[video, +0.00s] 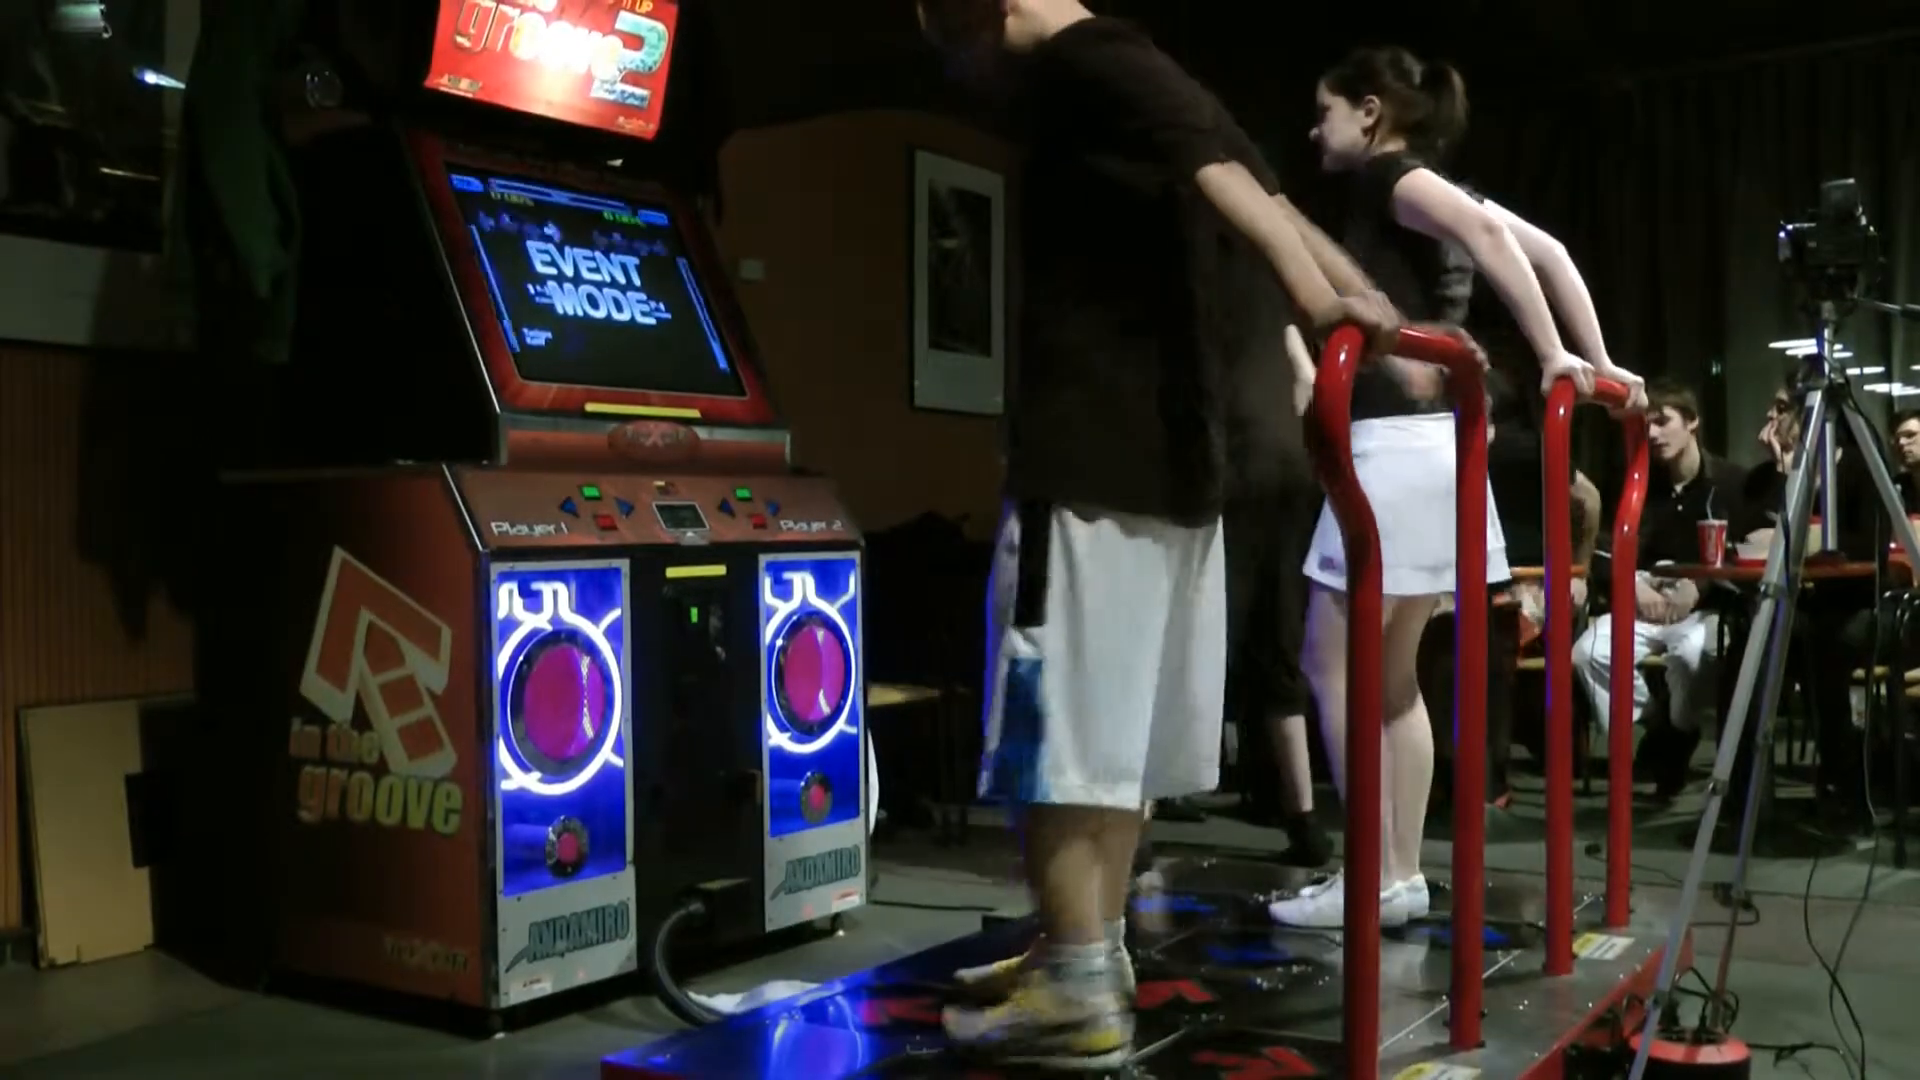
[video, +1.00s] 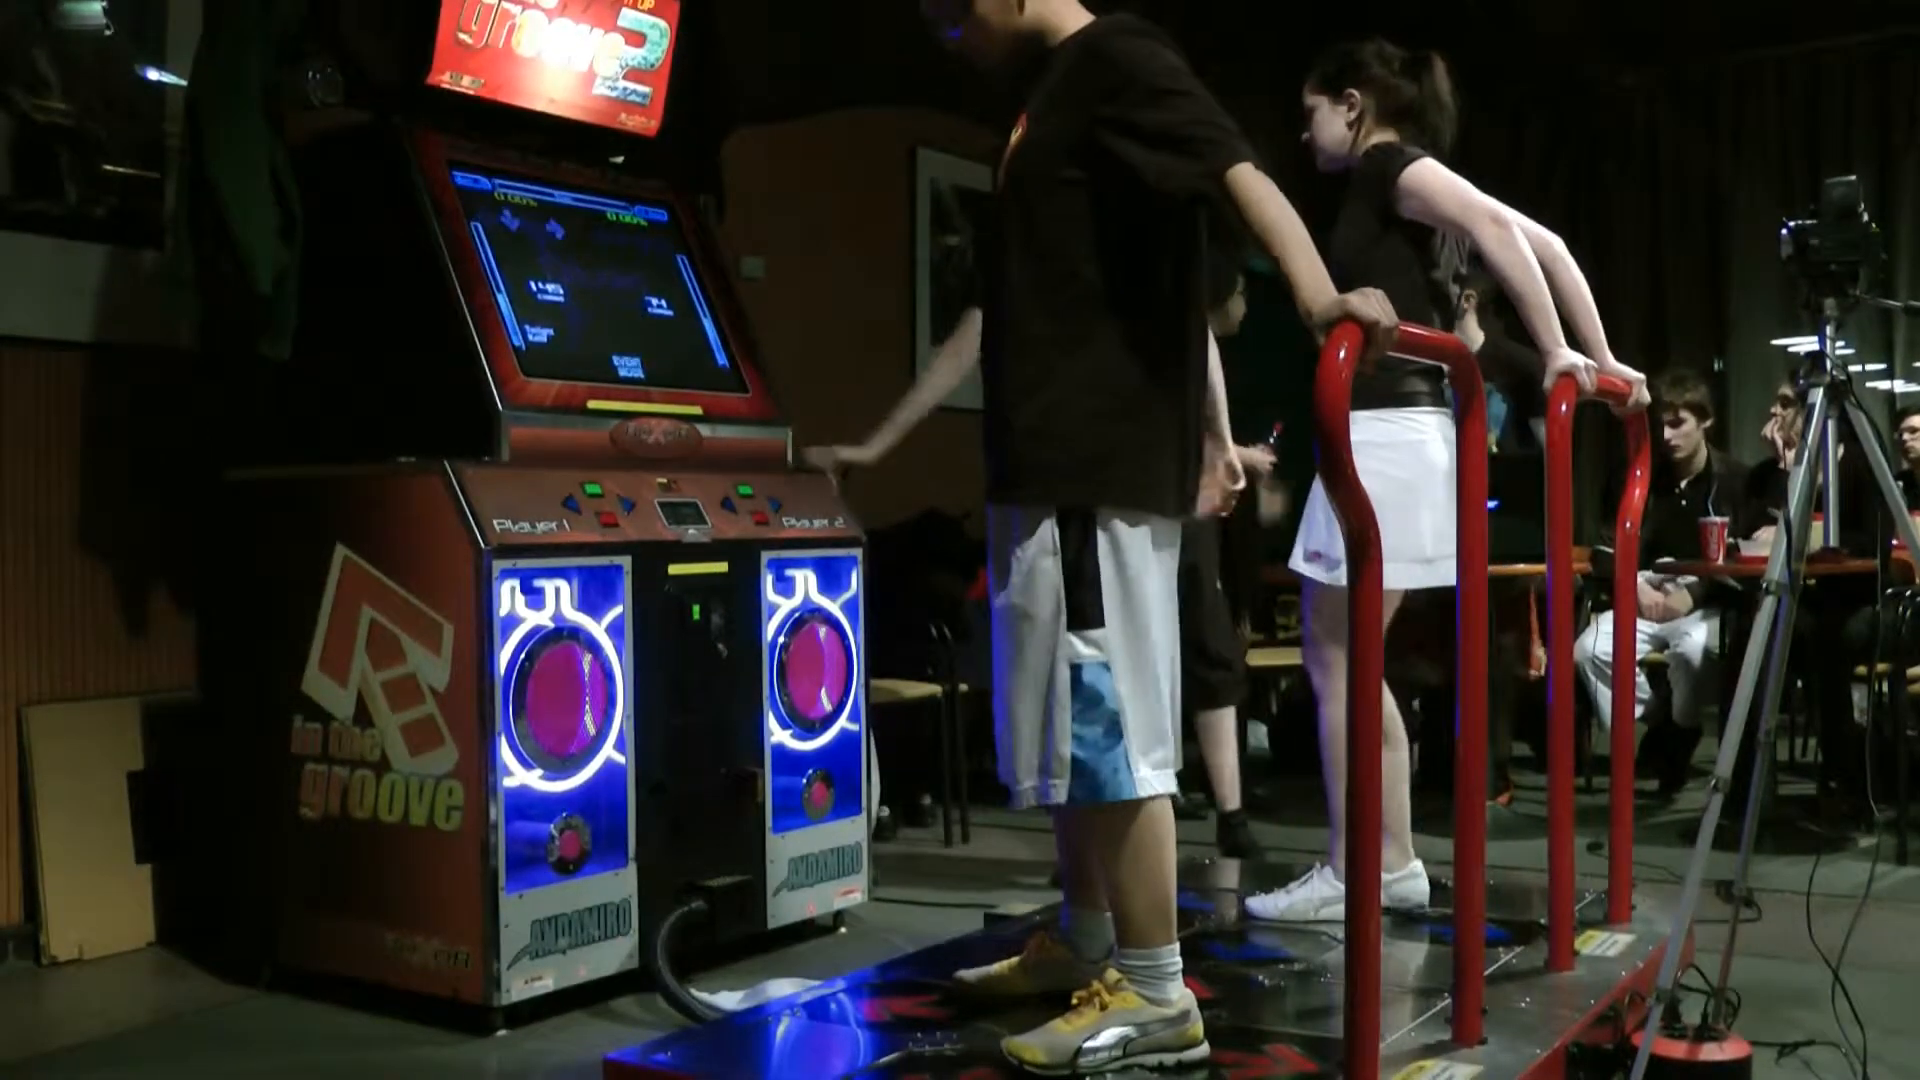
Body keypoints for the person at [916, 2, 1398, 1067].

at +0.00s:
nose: (976, 57)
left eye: (969, 37)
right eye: (970, 42)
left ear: (1005, 12)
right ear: (1074, 3)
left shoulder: (1075, 67)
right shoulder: (1159, 80)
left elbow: (1218, 167)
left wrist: (1331, 286)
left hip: (1101, 457)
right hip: (1175, 462)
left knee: (1068, 712)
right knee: (1123, 708)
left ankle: (1079, 977)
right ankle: (1090, 956)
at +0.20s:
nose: (980, 36)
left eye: (984, 18)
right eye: (976, 25)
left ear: (1036, 3)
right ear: (1062, 12)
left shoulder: (1114, 65)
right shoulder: (1073, 100)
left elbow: (1236, 169)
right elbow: (1078, 340)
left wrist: (1324, 296)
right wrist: (951, 447)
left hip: (1124, 465)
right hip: (1104, 464)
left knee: (1102, 730)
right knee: (1097, 725)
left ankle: (1149, 986)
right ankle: (1085, 941)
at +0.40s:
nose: (990, 28)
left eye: (994, 12)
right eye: (987, 19)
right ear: (1034, 16)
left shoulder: (1129, 46)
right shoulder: (1076, 94)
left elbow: (1259, 166)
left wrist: (1328, 303)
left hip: (1137, 457)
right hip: (1085, 458)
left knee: (1131, 726)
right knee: (1085, 721)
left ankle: (1156, 995)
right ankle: (1086, 947)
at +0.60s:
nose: (993, 22)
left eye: (1000, 8)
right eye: (991, 15)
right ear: (1035, 20)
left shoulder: (1127, 52)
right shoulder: (1043, 120)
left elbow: (1255, 166)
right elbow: (975, 317)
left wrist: (1325, 302)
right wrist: (848, 424)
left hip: (1129, 466)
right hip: (1062, 467)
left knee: (1134, 734)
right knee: (1078, 724)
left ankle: (1156, 996)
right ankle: (1088, 943)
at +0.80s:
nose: (978, 24)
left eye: (984, 9)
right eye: (976, 15)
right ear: (1020, 17)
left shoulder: (1127, 62)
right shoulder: (1032, 121)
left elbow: (1250, 172)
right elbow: (966, 316)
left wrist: (1323, 299)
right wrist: (841, 421)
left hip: (1113, 471)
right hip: (1047, 470)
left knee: (1122, 739)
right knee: (1070, 733)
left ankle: (1156, 993)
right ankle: (1087, 944)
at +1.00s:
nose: (967, 28)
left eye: (971, 12)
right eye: (964, 20)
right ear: (1020, 15)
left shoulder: (1119, 62)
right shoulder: (1043, 105)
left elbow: (1240, 174)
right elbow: (999, 311)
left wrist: (1323, 298)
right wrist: (885, 436)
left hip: (1109, 470)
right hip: (1053, 468)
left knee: (1120, 737)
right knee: (1071, 729)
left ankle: (1156, 994)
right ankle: (1088, 946)